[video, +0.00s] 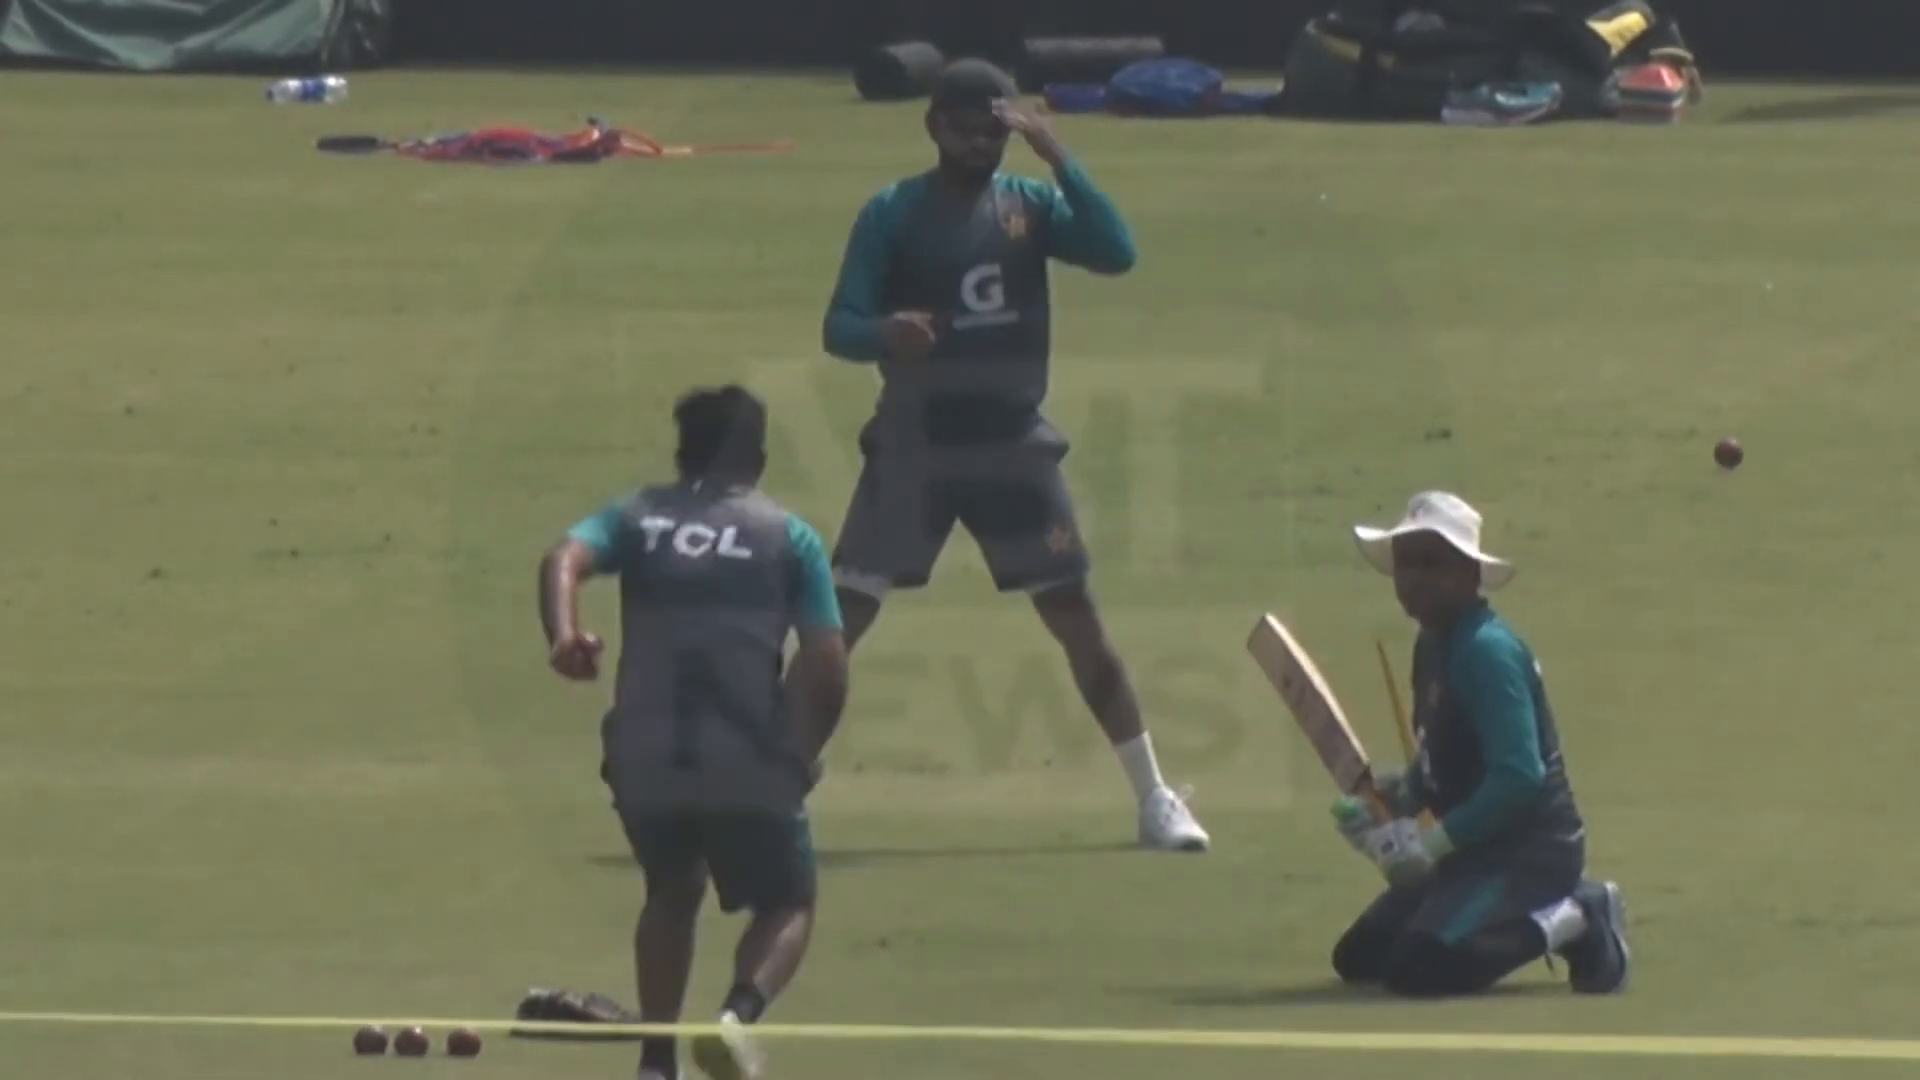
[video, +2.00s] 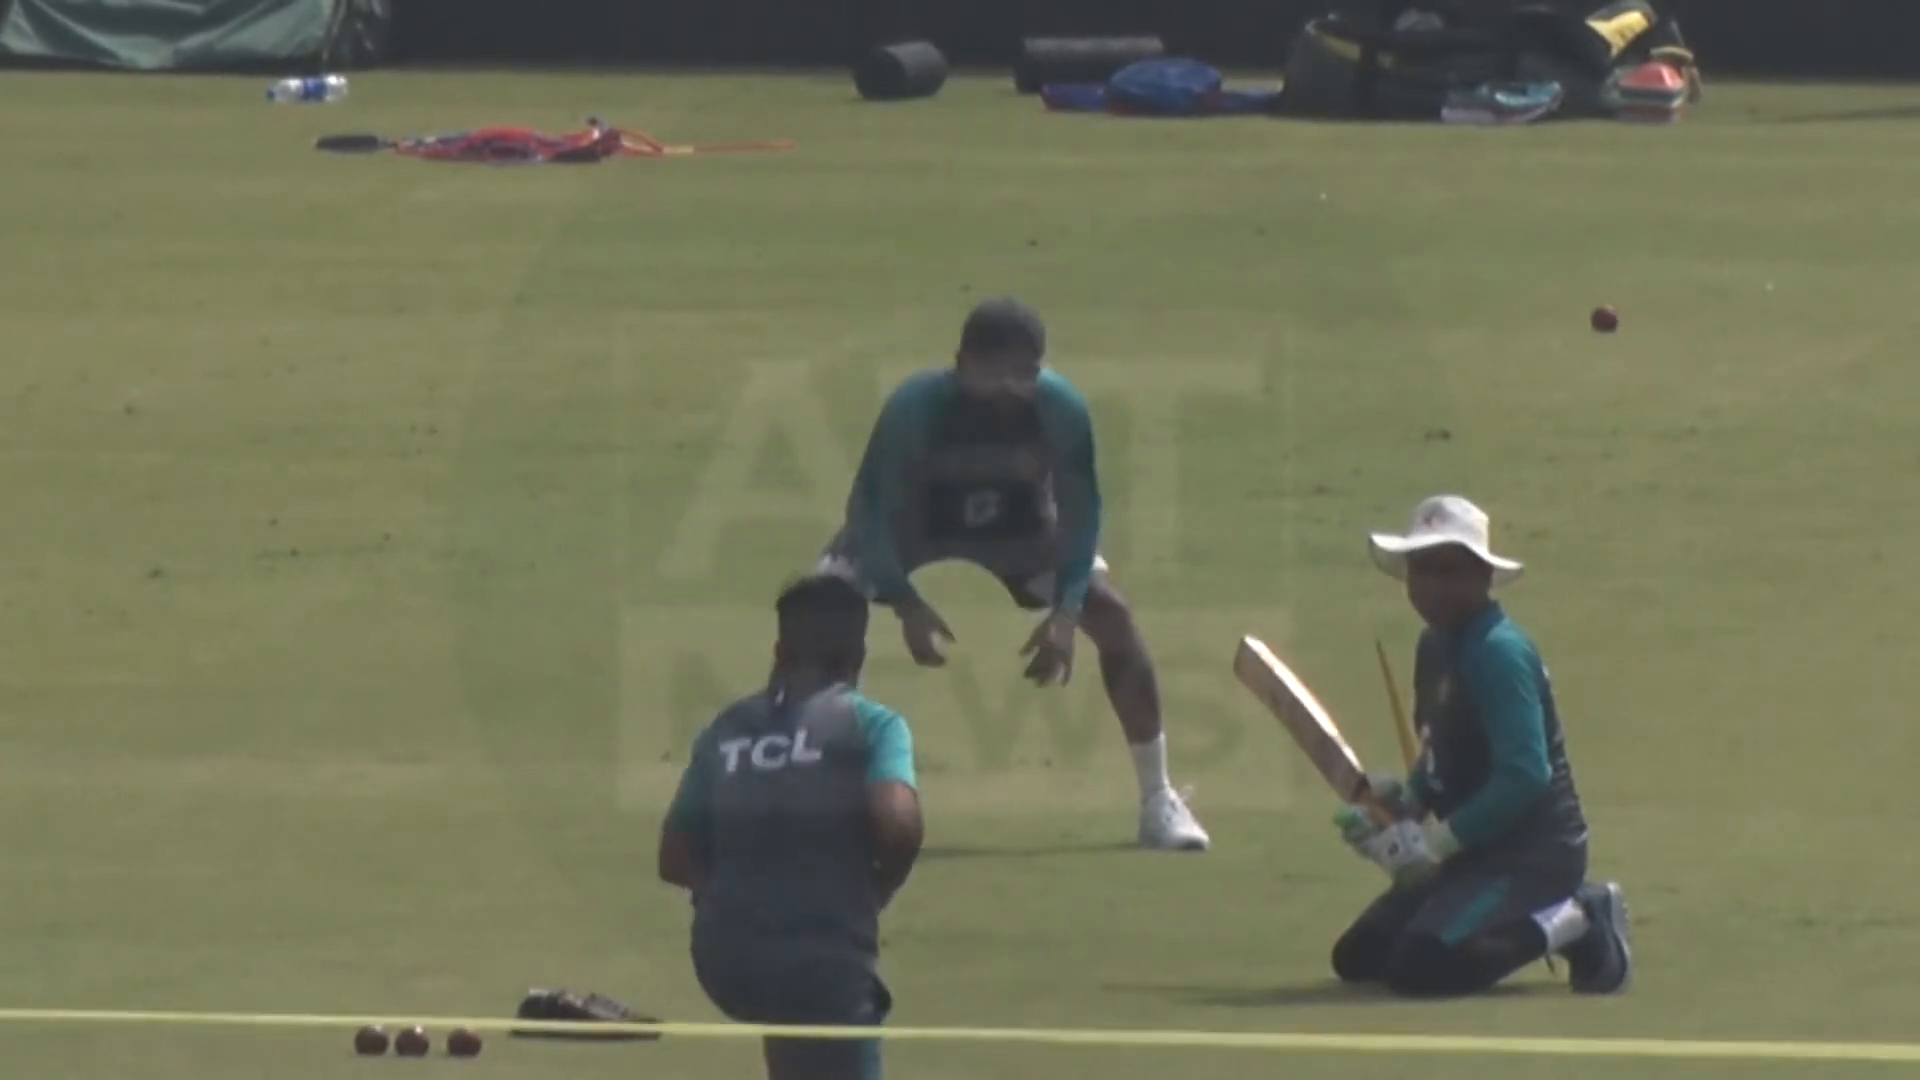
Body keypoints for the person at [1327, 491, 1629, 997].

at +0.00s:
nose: (1408, 579)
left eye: (1428, 564)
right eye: (1402, 564)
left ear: (1467, 573)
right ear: (1392, 571)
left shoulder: (1487, 650)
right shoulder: (1434, 645)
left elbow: (1520, 777)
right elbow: (1444, 759)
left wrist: (1432, 844)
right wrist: (1397, 800)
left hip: (1530, 856)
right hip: (1480, 848)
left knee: (1415, 970)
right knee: (1358, 958)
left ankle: (1578, 918)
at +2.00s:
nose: (1421, 586)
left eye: (1439, 570)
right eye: (1415, 570)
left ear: (1477, 578)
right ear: (1406, 574)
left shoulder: (1499, 651)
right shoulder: (1435, 646)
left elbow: (1526, 776)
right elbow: (1445, 756)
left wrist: (1438, 842)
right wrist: (1403, 803)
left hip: (1535, 856)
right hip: (1482, 848)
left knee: (1416, 969)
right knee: (1357, 957)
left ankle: (1580, 920)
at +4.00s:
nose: (1265, 529)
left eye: (1274, 522)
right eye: (1269, 522)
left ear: (1289, 526)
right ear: (1342, 543)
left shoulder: (1277, 548)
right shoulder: (1359, 603)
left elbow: (1202, 648)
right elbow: (1343, 748)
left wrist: (1175, 727)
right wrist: (1252, 771)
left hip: (1379, 758)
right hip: (1422, 762)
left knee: (1335, 923)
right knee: (1331, 954)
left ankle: (1521, 891)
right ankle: (1512, 906)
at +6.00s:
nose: (1489, 534)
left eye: (1503, 526)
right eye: (1493, 522)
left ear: (1538, 543)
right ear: (1549, 545)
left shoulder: (1536, 621)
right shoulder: (1568, 610)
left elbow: (1507, 744)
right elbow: (1501, 745)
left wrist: (1429, 816)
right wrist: (1427, 807)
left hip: (1521, 850)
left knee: (1383, 964)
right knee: (1365, 946)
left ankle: (1555, 915)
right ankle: (1545, 907)